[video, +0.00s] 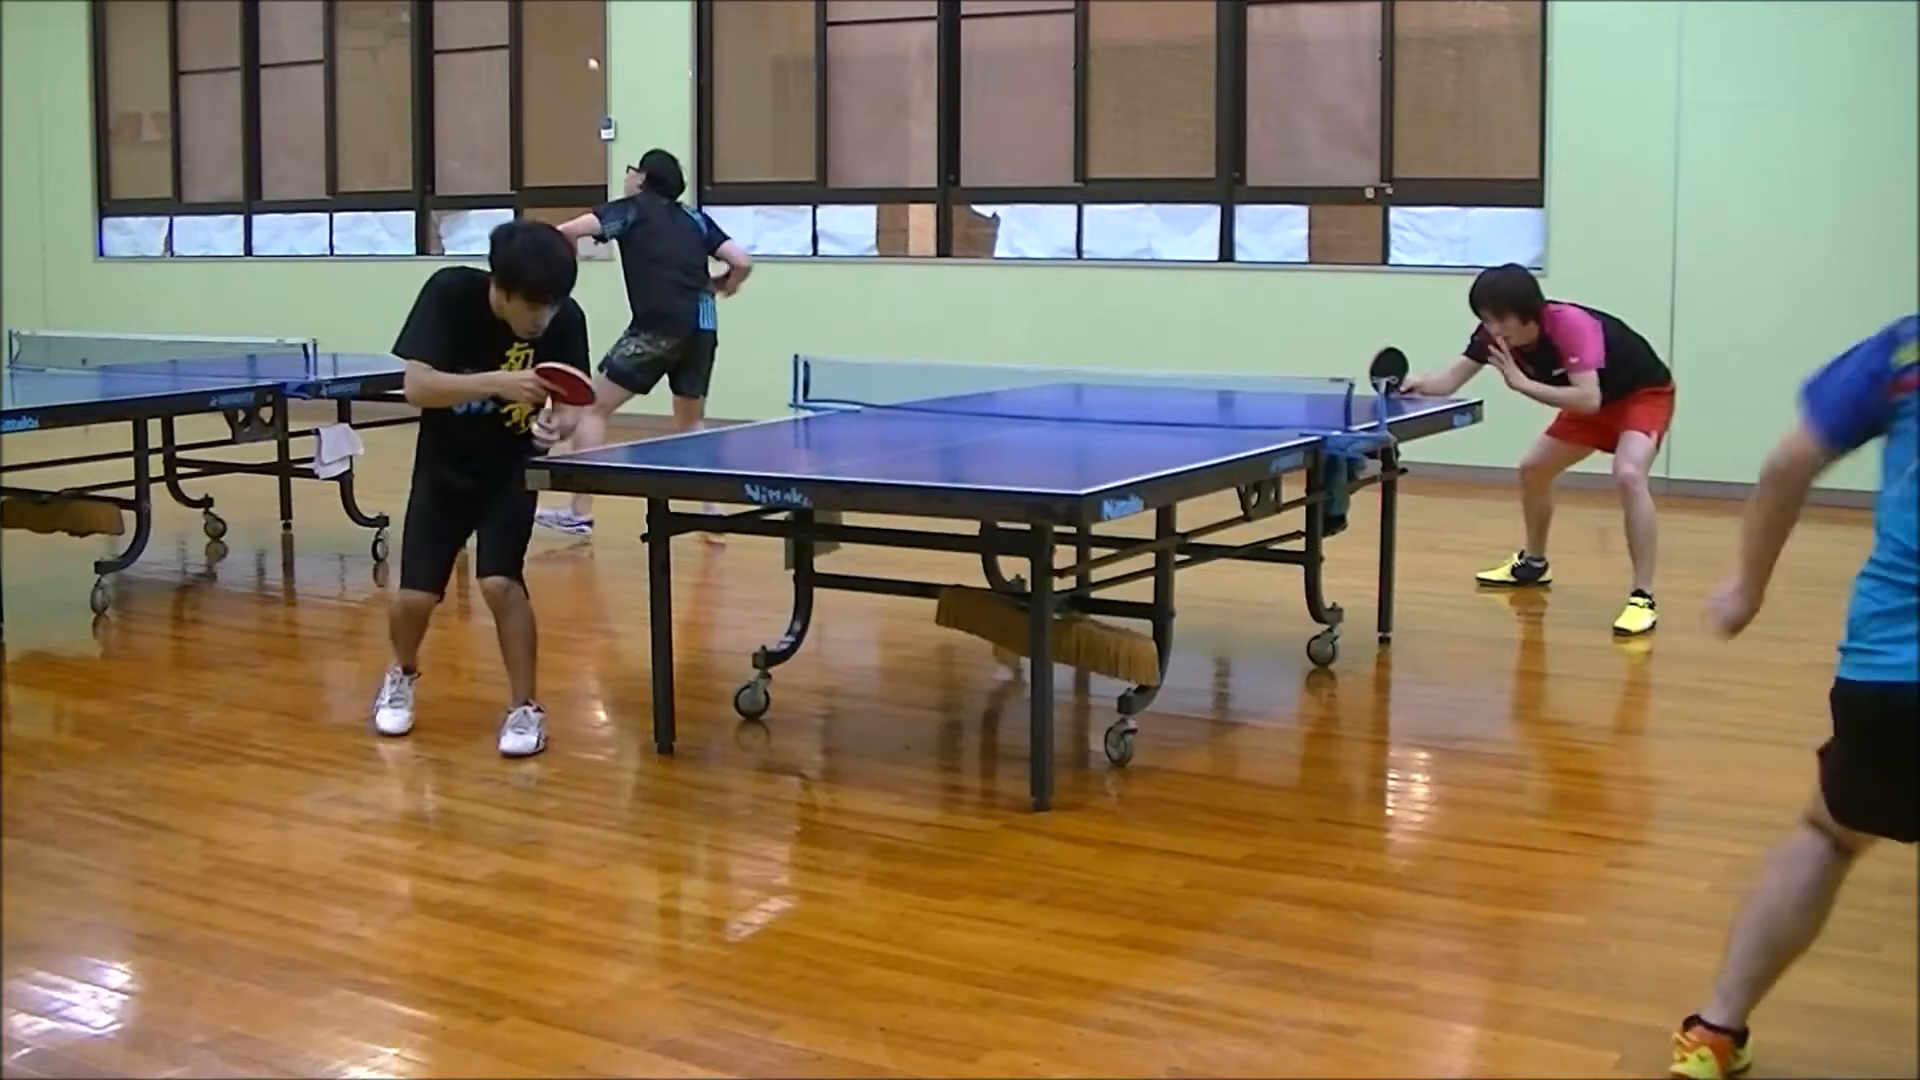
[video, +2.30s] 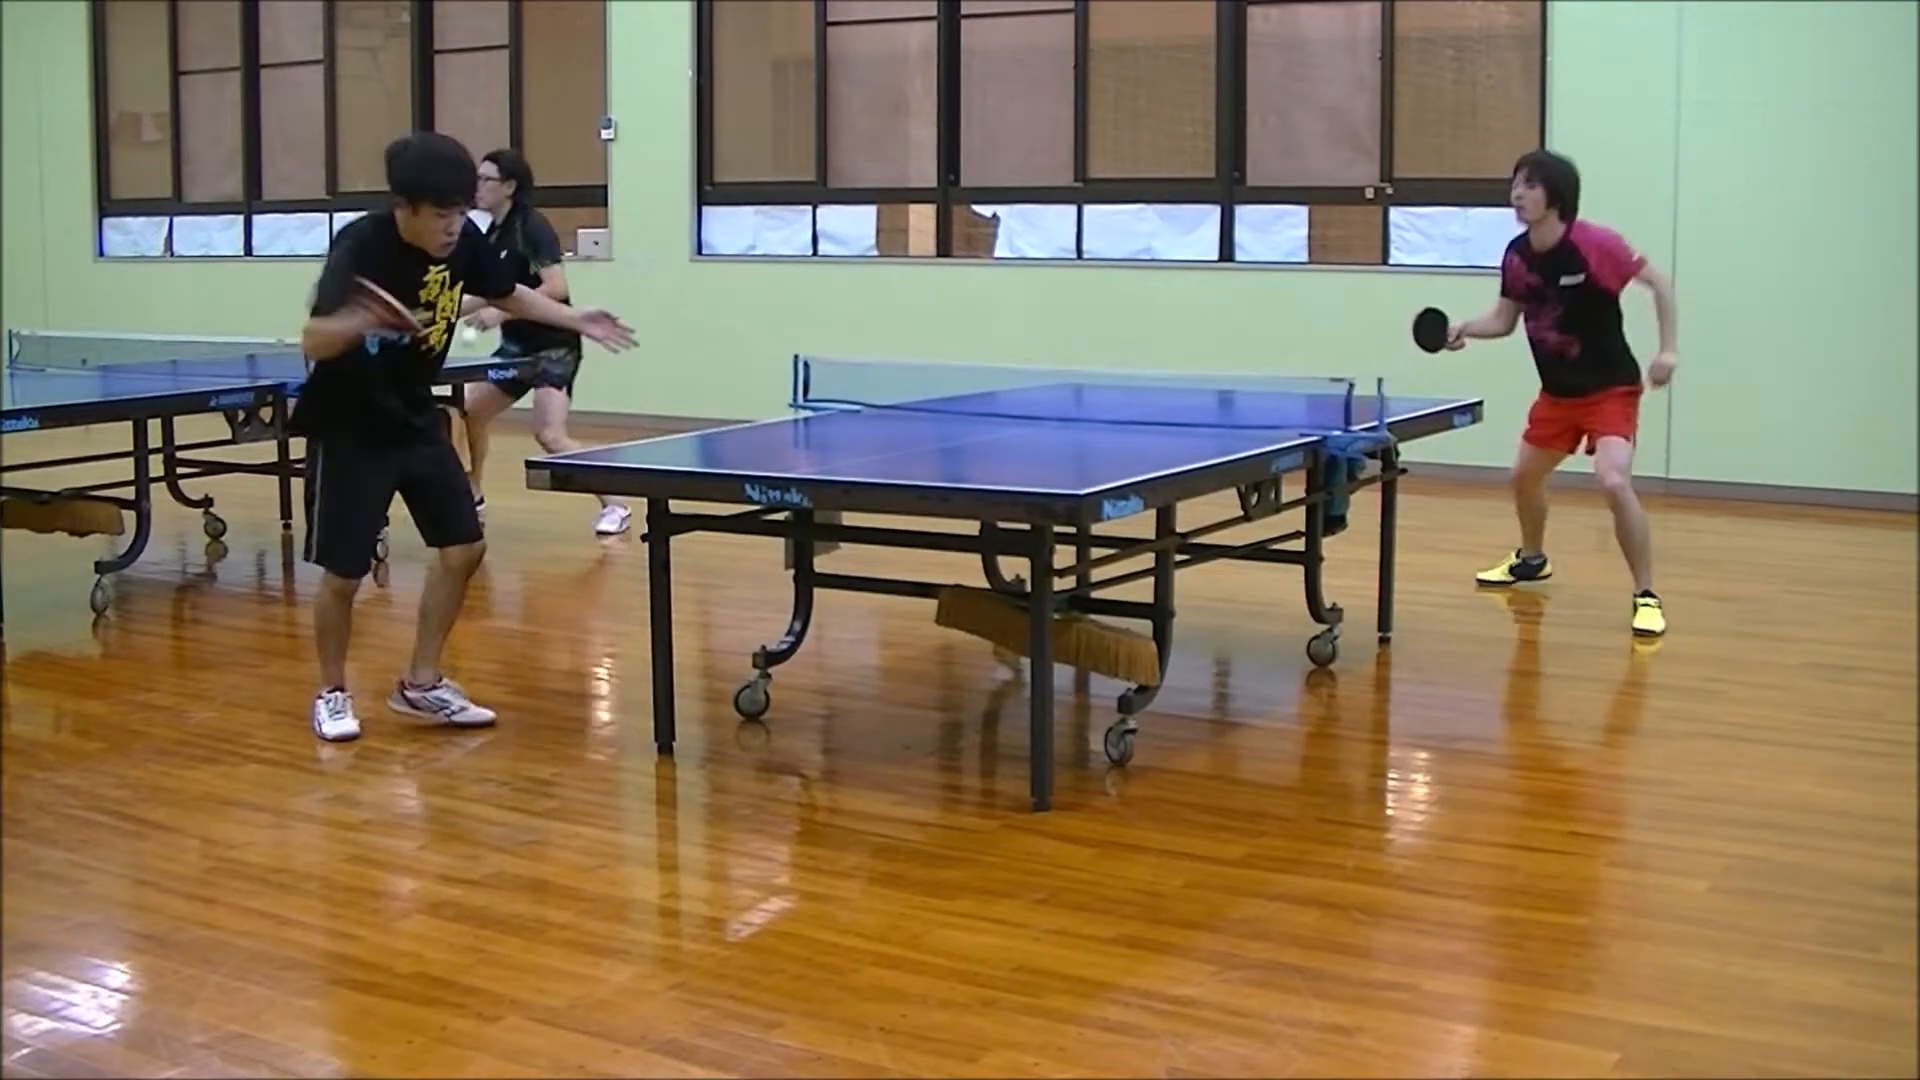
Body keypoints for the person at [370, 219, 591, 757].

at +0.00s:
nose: (544, 319)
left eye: (552, 306)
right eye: (533, 307)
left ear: (561, 292)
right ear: (498, 289)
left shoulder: (565, 320)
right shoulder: (449, 293)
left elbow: (572, 407)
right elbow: (417, 387)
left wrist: (556, 424)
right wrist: (498, 384)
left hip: (510, 467)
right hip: (443, 461)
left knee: (499, 583)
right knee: (414, 595)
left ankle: (525, 709)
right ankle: (402, 674)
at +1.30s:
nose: (555, 348)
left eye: (562, 337)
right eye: (545, 337)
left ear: (573, 324)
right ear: (510, 318)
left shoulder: (574, 344)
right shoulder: (462, 304)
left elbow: (554, 435)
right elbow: (371, 349)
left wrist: (533, 431)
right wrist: (439, 332)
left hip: (520, 473)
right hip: (453, 463)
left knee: (508, 595)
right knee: (438, 578)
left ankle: (525, 708)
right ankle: (427, 659)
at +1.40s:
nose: (548, 345)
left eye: (554, 334)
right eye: (537, 334)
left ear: (563, 319)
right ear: (503, 316)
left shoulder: (565, 345)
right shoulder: (457, 303)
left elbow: (550, 436)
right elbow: (346, 314)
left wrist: (531, 432)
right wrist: (378, 310)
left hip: (513, 475)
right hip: (448, 465)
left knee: (508, 598)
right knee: (418, 580)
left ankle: (525, 709)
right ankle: (406, 653)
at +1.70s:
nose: (483, 316)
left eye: (489, 302)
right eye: (470, 307)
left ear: (496, 287)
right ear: (433, 296)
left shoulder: (510, 330)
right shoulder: (395, 285)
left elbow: (505, 417)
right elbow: (352, 280)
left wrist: (506, 479)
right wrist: (309, 306)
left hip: (475, 480)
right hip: (404, 473)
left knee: (480, 596)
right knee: (363, 611)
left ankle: (524, 708)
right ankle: (333, 692)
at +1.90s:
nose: (421, 277)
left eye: (427, 262)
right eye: (407, 268)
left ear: (435, 248)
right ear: (371, 263)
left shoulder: (452, 288)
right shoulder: (338, 266)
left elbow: (488, 373)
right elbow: (317, 297)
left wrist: (518, 431)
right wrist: (297, 339)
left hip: (437, 450)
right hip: (363, 450)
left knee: (471, 571)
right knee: (341, 590)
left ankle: (496, 691)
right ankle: (335, 694)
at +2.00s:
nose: (417, 261)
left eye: (420, 246)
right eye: (402, 253)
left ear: (426, 230)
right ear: (364, 249)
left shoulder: (442, 261)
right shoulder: (326, 252)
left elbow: (485, 326)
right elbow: (294, 294)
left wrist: (513, 352)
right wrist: (298, 338)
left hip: (424, 429)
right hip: (352, 430)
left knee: (459, 569)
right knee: (339, 580)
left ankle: (451, 668)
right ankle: (333, 693)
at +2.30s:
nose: (454, 225)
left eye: (460, 212)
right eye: (442, 214)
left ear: (467, 202)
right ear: (403, 207)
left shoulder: (463, 238)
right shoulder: (360, 248)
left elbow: (505, 293)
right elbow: (313, 343)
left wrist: (574, 318)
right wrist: (358, 321)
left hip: (416, 419)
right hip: (351, 426)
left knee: (463, 547)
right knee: (344, 573)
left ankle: (421, 683)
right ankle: (331, 693)